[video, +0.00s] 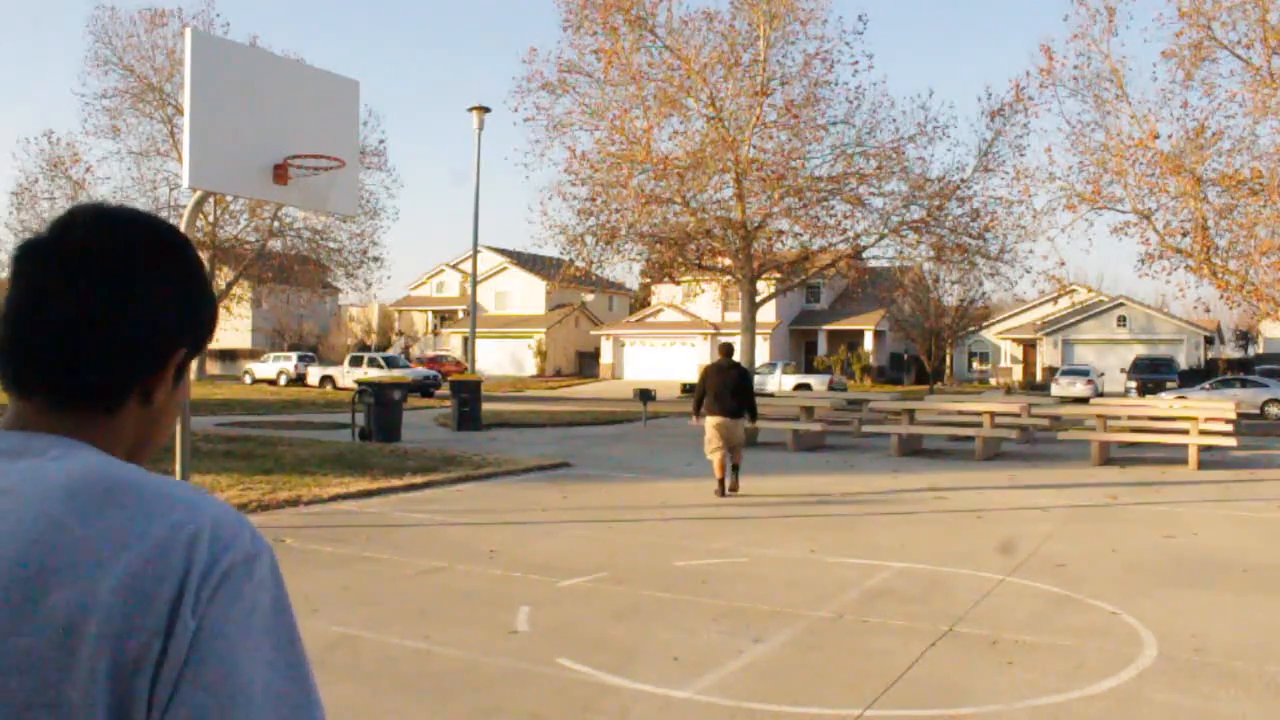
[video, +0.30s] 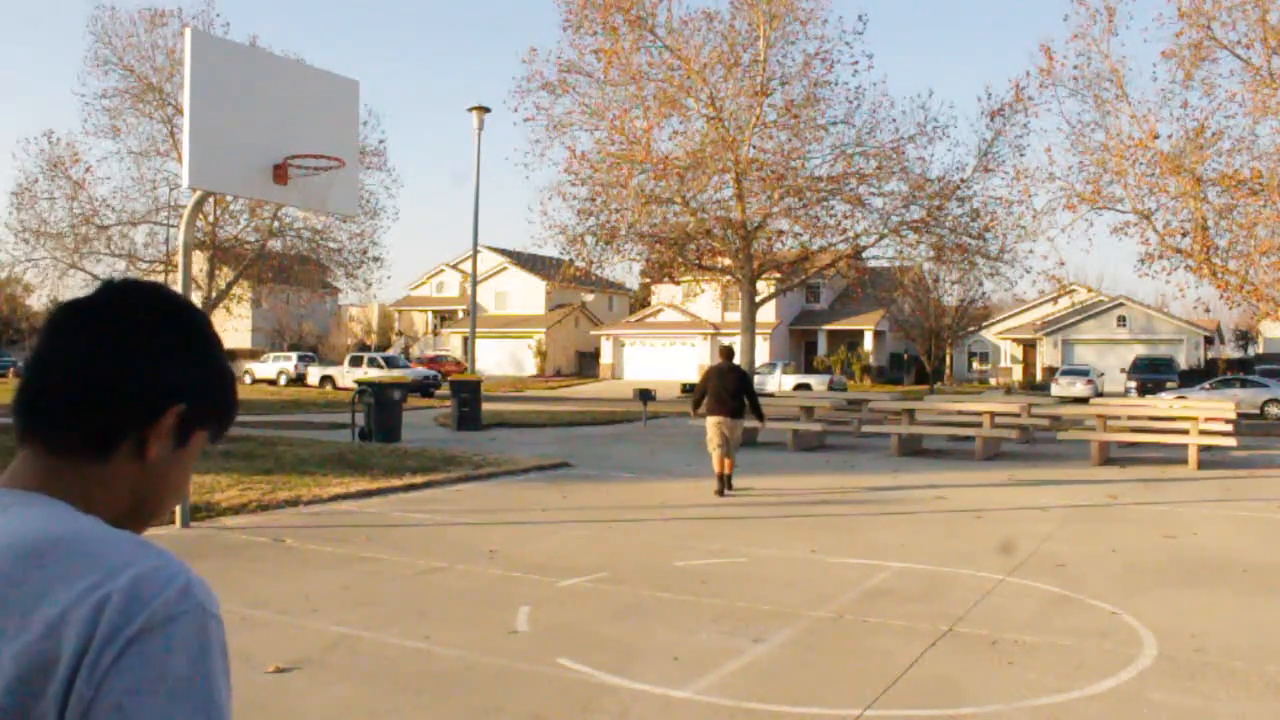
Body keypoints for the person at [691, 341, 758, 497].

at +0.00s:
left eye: (721, 351)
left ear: (719, 353)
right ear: (733, 353)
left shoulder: (709, 370)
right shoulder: (742, 371)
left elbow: (700, 392)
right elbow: (749, 395)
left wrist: (696, 411)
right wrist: (753, 416)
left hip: (714, 416)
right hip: (735, 416)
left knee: (718, 451)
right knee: (736, 447)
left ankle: (720, 486)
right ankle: (735, 475)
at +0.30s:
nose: (721, 357)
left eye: (721, 355)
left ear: (720, 356)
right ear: (733, 356)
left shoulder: (712, 371)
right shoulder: (741, 373)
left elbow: (700, 391)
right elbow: (751, 397)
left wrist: (694, 407)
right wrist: (760, 416)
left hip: (715, 416)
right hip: (735, 417)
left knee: (717, 449)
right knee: (731, 450)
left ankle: (720, 482)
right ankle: (728, 479)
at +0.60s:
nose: (724, 354)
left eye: (722, 352)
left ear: (721, 352)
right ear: (734, 353)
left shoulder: (712, 369)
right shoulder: (742, 371)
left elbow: (703, 391)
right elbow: (748, 392)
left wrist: (701, 411)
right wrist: (747, 410)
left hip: (716, 413)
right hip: (734, 414)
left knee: (712, 441)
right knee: (730, 446)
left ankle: (715, 472)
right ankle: (728, 478)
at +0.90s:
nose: (721, 356)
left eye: (719, 354)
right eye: (725, 353)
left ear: (717, 354)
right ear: (730, 355)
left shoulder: (709, 371)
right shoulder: (738, 373)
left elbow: (701, 394)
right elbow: (744, 396)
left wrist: (699, 414)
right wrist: (743, 413)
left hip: (713, 413)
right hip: (732, 414)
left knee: (714, 444)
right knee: (729, 444)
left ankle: (718, 473)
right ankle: (727, 478)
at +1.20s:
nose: (715, 355)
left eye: (715, 353)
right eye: (719, 353)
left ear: (715, 353)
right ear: (727, 354)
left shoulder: (707, 370)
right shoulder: (736, 371)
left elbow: (697, 389)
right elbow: (743, 392)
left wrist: (693, 404)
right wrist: (744, 408)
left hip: (711, 410)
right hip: (730, 410)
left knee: (715, 442)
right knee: (730, 441)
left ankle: (718, 473)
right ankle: (730, 472)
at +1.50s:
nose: (715, 357)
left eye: (715, 354)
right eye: (718, 354)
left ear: (714, 354)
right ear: (727, 355)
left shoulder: (707, 371)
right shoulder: (735, 373)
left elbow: (697, 390)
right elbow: (741, 395)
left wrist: (694, 407)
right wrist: (743, 413)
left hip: (712, 411)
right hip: (729, 411)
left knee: (711, 439)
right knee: (726, 443)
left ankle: (716, 462)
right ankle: (724, 468)